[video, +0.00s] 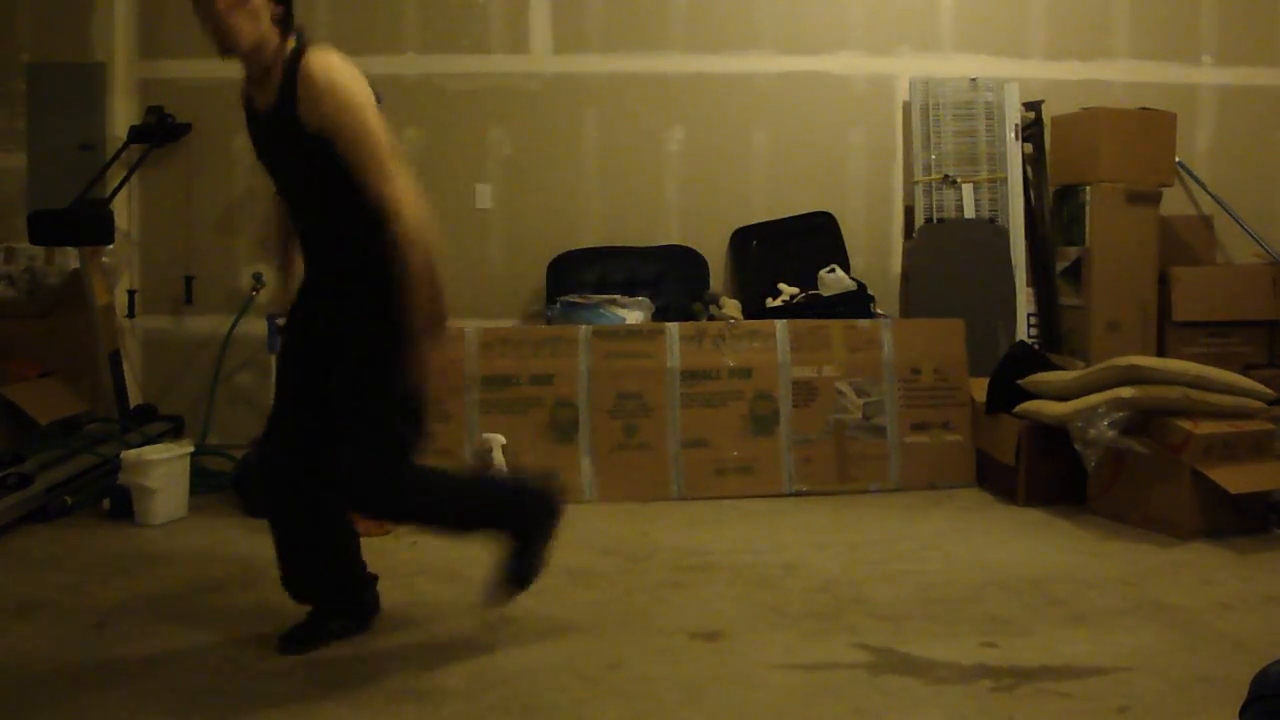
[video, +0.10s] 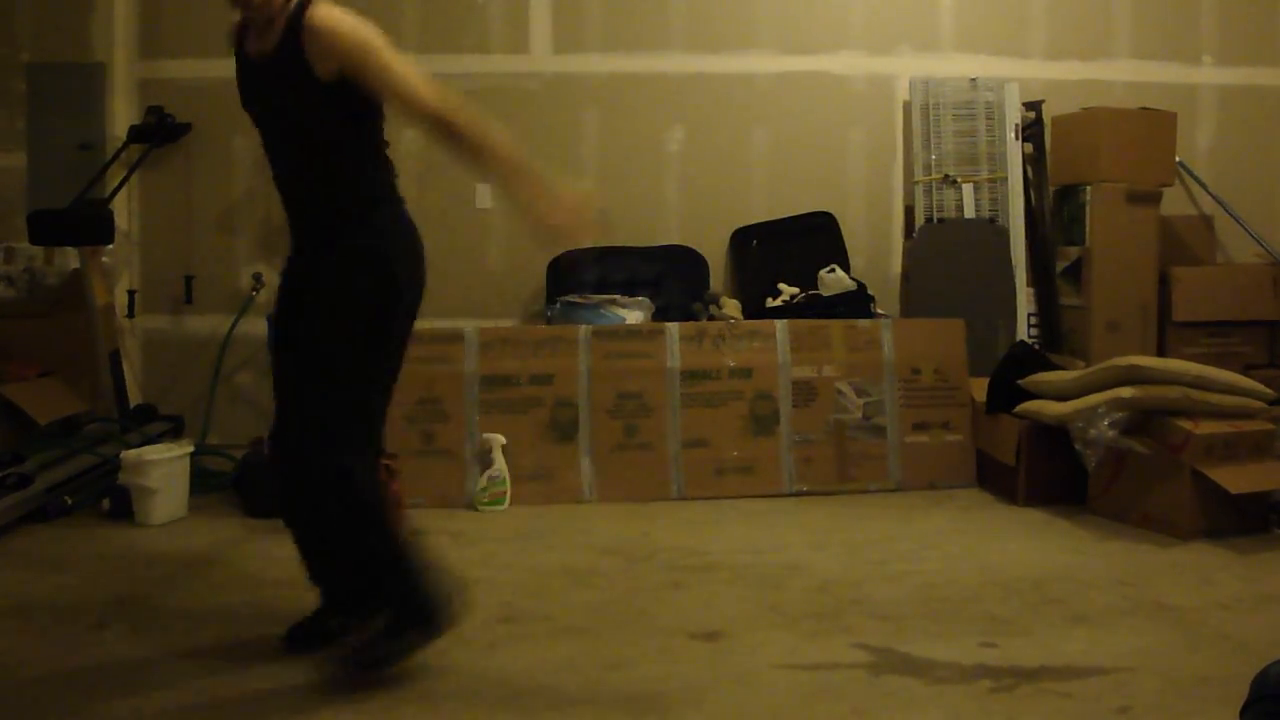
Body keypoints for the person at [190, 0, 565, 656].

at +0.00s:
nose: (216, 22)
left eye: (227, 7)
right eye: (209, 11)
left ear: (269, 8)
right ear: (213, 20)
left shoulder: (324, 75)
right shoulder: (255, 89)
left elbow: (404, 205)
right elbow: (291, 194)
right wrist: (286, 287)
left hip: (379, 291)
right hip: (323, 296)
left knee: (363, 474)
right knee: (293, 460)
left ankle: (522, 509)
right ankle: (342, 600)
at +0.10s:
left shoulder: (328, 29)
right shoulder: (247, 37)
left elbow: (439, 110)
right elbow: (300, 152)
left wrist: (540, 194)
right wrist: (304, 247)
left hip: (373, 258)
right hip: (316, 261)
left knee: (339, 445)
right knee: (298, 445)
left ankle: (407, 602)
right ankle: (348, 597)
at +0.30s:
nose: (288, 8)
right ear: (280, 3)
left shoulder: (373, 54)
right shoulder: (286, 49)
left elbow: (501, 74)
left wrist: (621, 68)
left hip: (314, 320)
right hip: (267, 314)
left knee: (206, 479)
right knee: (255, 485)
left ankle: (220, 663)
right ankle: (457, 528)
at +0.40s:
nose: (326, 8)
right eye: (319, 1)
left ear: (369, 2)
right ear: (310, 5)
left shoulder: (400, 64)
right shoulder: (307, 56)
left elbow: (508, 117)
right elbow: (282, 150)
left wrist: (625, 154)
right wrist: (274, 228)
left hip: (338, 311)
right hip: (297, 305)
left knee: (225, 476)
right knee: (293, 492)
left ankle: (219, 665)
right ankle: (477, 544)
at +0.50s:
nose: (360, 5)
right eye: (351, 0)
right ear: (344, 3)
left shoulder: (433, 49)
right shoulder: (339, 56)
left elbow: (517, 160)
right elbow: (315, 155)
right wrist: (273, 244)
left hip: (409, 285)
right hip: (352, 284)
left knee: (288, 460)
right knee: (352, 464)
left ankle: (243, 647)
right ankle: (473, 592)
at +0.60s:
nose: (381, 7)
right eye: (374, 1)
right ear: (372, 10)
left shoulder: (479, 71)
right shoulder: (381, 78)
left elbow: (544, 189)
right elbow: (369, 179)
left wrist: (446, 246)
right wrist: (329, 248)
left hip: (465, 291)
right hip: (404, 287)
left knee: (351, 437)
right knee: (402, 451)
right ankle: (498, 614)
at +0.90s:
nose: (497, 8)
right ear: (476, 5)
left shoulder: (577, 65)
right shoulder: (462, 65)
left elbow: (571, 178)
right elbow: (456, 149)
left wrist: (509, 172)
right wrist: (472, 177)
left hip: (574, 264)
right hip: (505, 263)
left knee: (579, 427)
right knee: (518, 431)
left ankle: (555, 608)